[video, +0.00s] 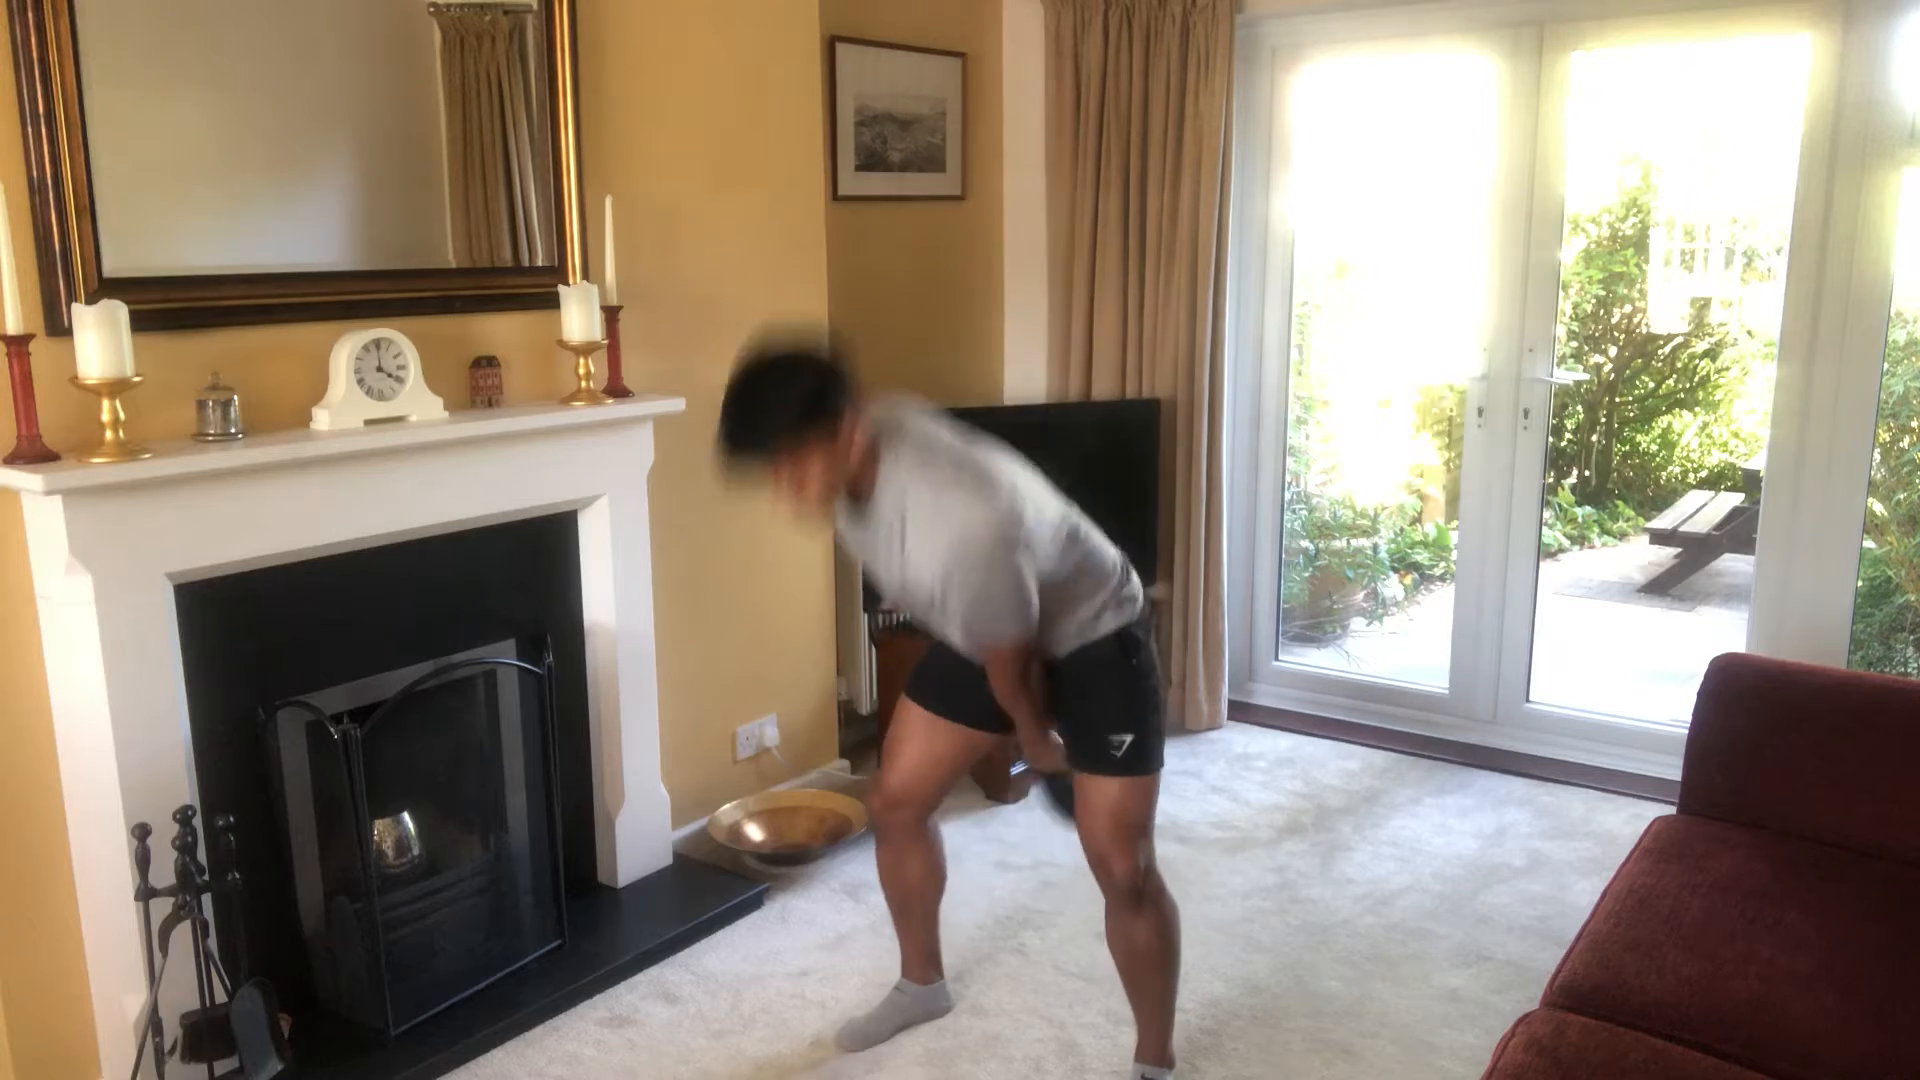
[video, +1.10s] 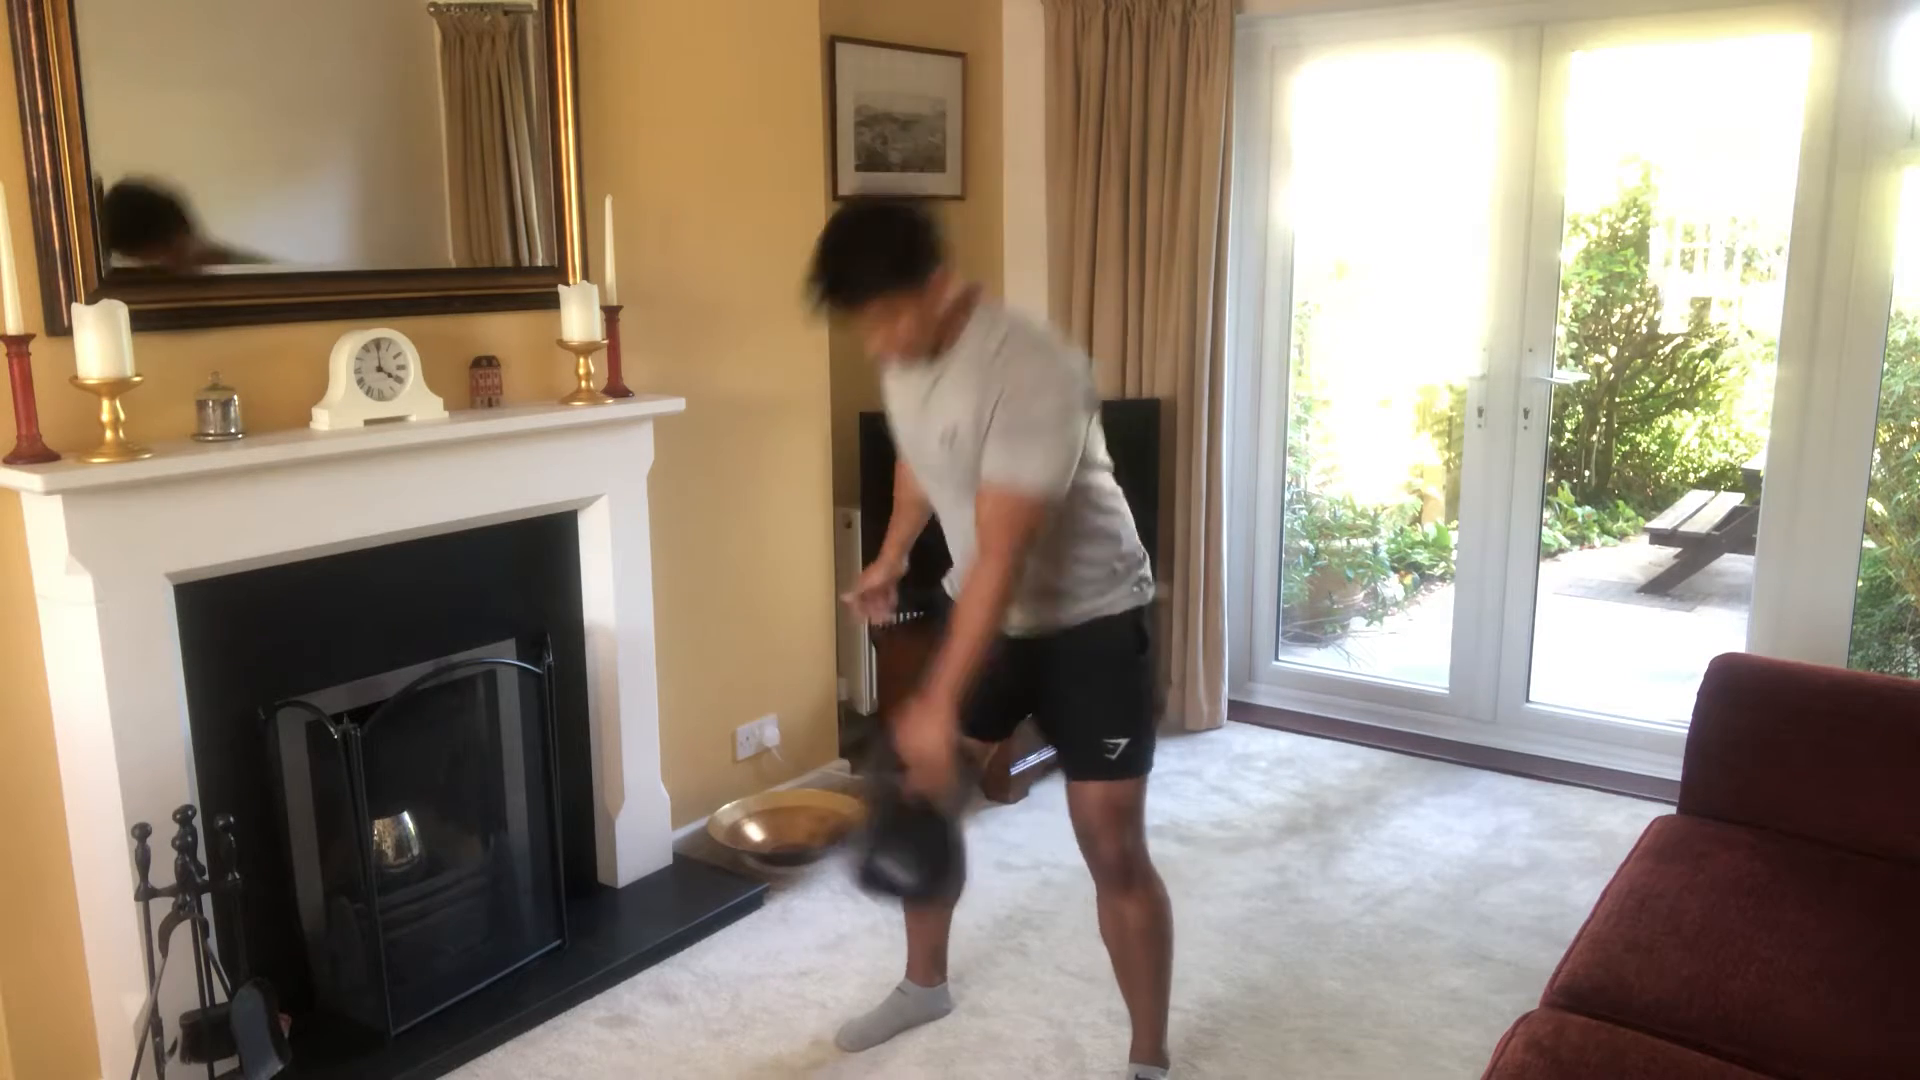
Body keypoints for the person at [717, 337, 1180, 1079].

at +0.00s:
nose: (784, 486)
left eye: (790, 461)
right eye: (773, 468)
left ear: (843, 430)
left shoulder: (963, 514)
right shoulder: (853, 456)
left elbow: (1011, 667)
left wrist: (1039, 748)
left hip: (1090, 635)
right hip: (980, 632)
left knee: (1125, 871)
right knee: (897, 801)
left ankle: (1155, 1060)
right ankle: (922, 984)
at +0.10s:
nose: (825, 328)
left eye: (841, 304)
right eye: (814, 309)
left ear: (898, 285)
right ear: (811, 306)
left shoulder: (980, 390)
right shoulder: (857, 373)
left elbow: (998, 579)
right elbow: (887, 467)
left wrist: (997, 720)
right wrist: (878, 552)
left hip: (1076, 607)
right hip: (963, 601)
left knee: (1116, 846)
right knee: (919, 792)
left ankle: (1156, 1056)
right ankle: (923, 983)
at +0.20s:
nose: (893, 255)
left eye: (907, 231)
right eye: (880, 237)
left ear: (963, 213)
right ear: (870, 234)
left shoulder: (1037, 319)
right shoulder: (901, 319)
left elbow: (995, 507)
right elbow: (895, 439)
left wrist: (940, 658)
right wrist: (846, 548)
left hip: (1067, 607)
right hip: (957, 597)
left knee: (1105, 835)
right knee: (936, 797)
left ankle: (1150, 1054)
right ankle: (926, 982)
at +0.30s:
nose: (944, 240)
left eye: (961, 218)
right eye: (931, 221)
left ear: (1015, 205)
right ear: (920, 221)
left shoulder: (1081, 315)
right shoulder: (926, 325)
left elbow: (1005, 449)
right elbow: (896, 452)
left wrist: (895, 569)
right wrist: (823, 559)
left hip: (1064, 617)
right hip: (948, 610)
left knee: (1102, 836)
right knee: (948, 807)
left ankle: (1151, 1055)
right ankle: (927, 985)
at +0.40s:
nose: (961, 235)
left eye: (979, 213)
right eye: (951, 216)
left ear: (1035, 202)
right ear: (944, 214)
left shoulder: (1096, 315)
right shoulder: (938, 326)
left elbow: (1014, 403)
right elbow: (900, 463)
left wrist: (891, 467)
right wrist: (826, 563)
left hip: (1062, 617)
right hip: (946, 609)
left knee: (1100, 838)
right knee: (949, 810)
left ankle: (1148, 1055)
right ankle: (927, 987)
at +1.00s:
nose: (924, 268)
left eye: (939, 245)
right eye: (912, 251)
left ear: (993, 220)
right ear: (905, 243)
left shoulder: (1067, 322)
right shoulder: (933, 324)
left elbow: (1002, 474)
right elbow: (930, 448)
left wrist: (908, 583)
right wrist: (886, 554)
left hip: (1076, 618)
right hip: (962, 609)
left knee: (1105, 843)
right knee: (937, 805)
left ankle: (1149, 1056)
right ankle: (926, 983)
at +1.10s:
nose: (874, 338)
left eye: (884, 315)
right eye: (862, 321)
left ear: (937, 283)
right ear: (857, 309)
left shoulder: (1034, 363)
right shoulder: (903, 360)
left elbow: (1002, 552)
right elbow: (921, 461)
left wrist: (938, 704)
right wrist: (890, 559)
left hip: (1092, 615)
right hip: (990, 611)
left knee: (1113, 848)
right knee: (922, 775)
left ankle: (1150, 1059)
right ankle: (925, 982)